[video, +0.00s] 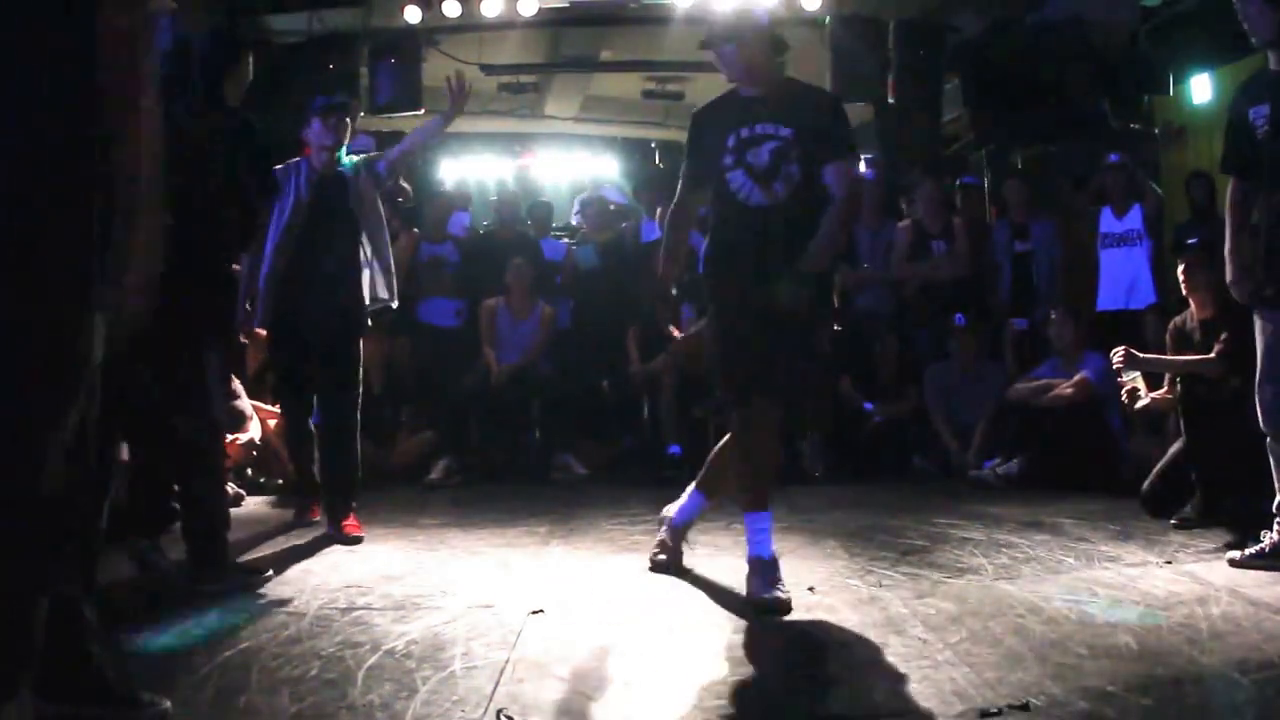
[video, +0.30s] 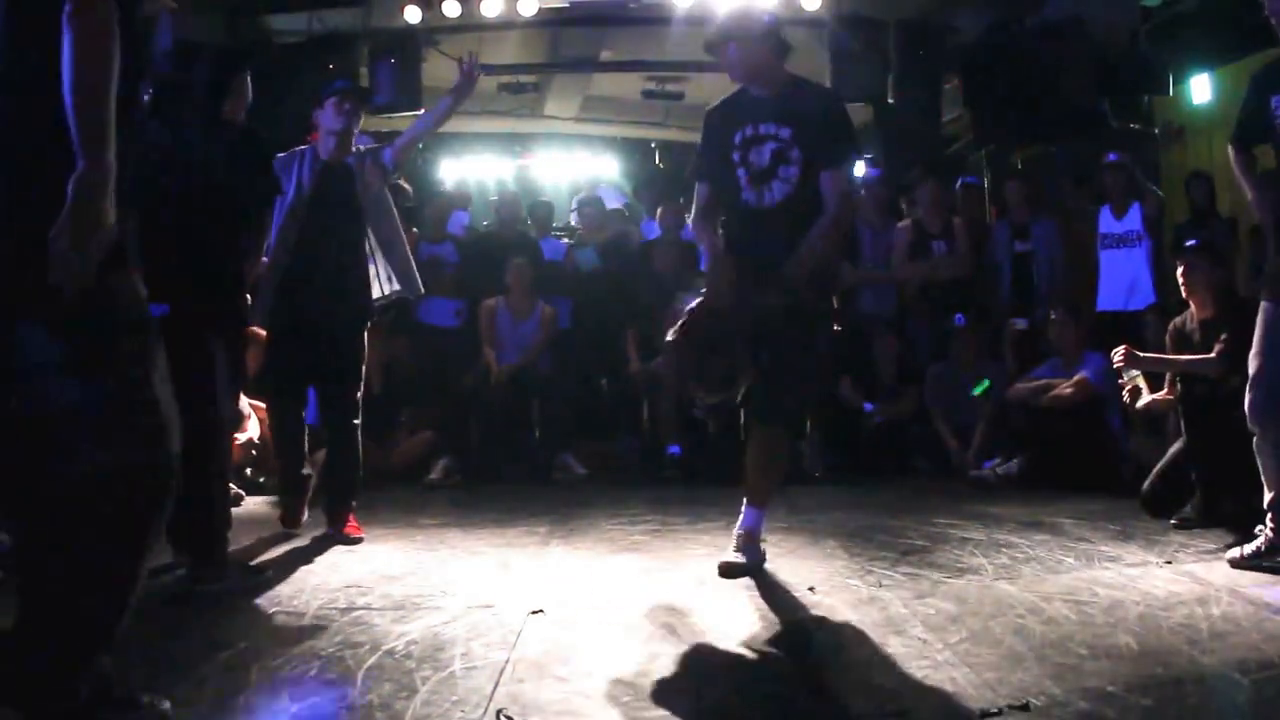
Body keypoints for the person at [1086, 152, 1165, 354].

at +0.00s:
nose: (1115, 180)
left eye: (1120, 174)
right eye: (1109, 174)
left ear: (1129, 178)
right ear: (1103, 179)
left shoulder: (1143, 211)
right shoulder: (1098, 214)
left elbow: (1156, 199)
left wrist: (1135, 175)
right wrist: (1100, 178)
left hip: (1141, 297)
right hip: (1108, 298)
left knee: (1150, 354)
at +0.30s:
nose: (1113, 181)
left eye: (1118, 175)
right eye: (1108, 175)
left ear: (1128, 179)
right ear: (1103, 180)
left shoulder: (1144, 210)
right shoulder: (1099, 214)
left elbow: (1156, 201)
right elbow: (1093, 256)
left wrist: (1135, 175)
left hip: (1140, 302)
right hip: (1108, 302)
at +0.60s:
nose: (1112, 181)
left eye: (1117, 175)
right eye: (1108, 175)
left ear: (1128, 179)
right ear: (1103, 180)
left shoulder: (1142, 210)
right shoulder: (1099, 213)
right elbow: (1095, 253)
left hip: (1138, 299)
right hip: (1106, 299)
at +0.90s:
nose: (1112, 179)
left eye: (1118, 173)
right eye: (1108, 173)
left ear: (1128, 178)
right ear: (1103, 177)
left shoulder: (1145, 213)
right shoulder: (1094, 215)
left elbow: (1153, 258)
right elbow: (1089, 257)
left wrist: (1139, 288)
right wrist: (1094, 288)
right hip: (1106, 303)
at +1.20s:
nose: (1112, 180)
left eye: (1117, 174)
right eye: (1108, 174)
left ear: (1126, 178)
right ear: (1103, 178)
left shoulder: (1145, 214)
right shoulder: (1094, 215)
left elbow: (1153, 256)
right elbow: (1089, 258)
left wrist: (1156, 296)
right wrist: (1091, 295)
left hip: (1138, 300)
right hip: (1106, 301)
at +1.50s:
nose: (1110, 182)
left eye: (1115, 175)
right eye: (1106, 176)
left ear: (1125, 179)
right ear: (1101, 180)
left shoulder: (1144, 214)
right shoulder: (1093, 216)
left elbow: (1153, 255)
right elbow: (1090, 259)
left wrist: (1153, 296)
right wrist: (1091, 298)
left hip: (1138, 300)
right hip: (1106, 302)